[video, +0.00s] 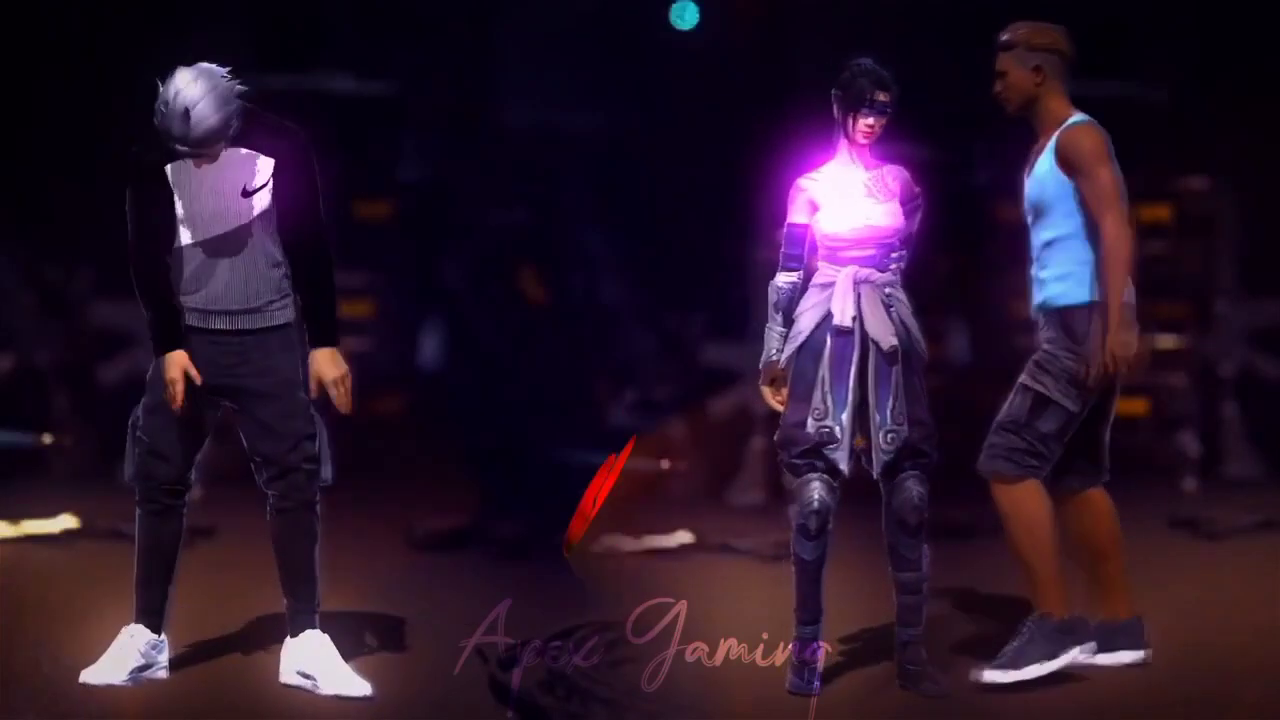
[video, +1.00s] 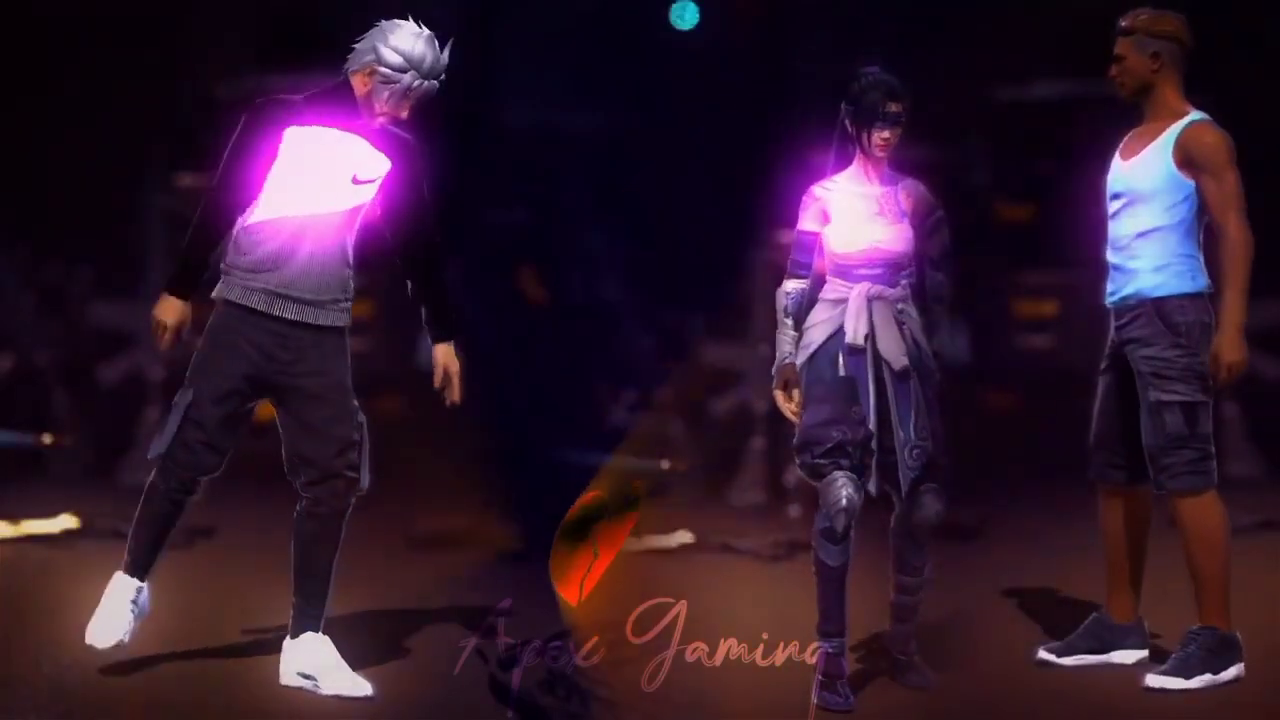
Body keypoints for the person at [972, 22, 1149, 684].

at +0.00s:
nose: (997, 84)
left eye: (1004, 73)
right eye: (997, 74)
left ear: (1040, 74)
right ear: (1033, 76)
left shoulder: (1080, 136)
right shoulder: (1050, 144)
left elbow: (1113, 224)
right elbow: (1068, 239)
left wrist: (1118, 317)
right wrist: (1047, 319)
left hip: (1079, 323)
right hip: (1070, 321)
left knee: (1007, 463)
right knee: (1076, 476)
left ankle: (1054, 621)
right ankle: (1120, 623)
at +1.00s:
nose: (1112, 68)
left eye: (1122, 58)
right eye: (1113, 58)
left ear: (1158, 62)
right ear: (1143, 64)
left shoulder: (1199, 135)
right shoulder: (1133, 139)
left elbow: (1234, 231)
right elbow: (1136, 239)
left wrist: (1230, 328)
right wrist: (1118, 320)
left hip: (1173, 320)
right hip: (1125, 322)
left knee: (1187, 477)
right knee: (1117, 471)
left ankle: (1215, 636)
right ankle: (1120, 623)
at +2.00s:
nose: (1113, 68)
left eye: (1122, 58)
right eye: (1113, 58)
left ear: (1159, 62)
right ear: (1144, 64)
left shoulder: (1200, 135)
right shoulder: (1133, 140)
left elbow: (1234, 233)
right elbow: (1134, 240)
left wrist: (1227, 328)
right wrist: (1116, 323)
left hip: (1172, 320)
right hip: (1125, 322)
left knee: (1189, 476)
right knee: (1117, 471)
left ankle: (1216, 637)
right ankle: (1121, 623)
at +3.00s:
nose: (1111, 67)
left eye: (1121, 57)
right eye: (1112, 58)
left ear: (1158, 61)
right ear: (1142, 64)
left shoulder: (1200, 135)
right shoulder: (1131, 142)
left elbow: (1234, 233)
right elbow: (1133, 241)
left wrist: (1229, 328)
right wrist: (1118, 320)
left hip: (1173, 319)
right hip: (1125, 322)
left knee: (1189, 477)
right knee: (1117, 471)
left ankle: (1216, 637)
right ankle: (1121, 623)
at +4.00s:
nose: (1110, 67)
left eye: (1119, 57)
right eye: (1110, 57)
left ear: (1156, 61)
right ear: (1141, 64)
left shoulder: (1198, 135)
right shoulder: (1131, 142)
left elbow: (1234, 234)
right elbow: (1135, 242)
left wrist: (1231, 329)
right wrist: (1119, 323)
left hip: (1173, 320)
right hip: (1126, 323)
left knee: (1188, 477)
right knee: (1116, 471)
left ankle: (1216, 636)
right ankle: (1120, 623)